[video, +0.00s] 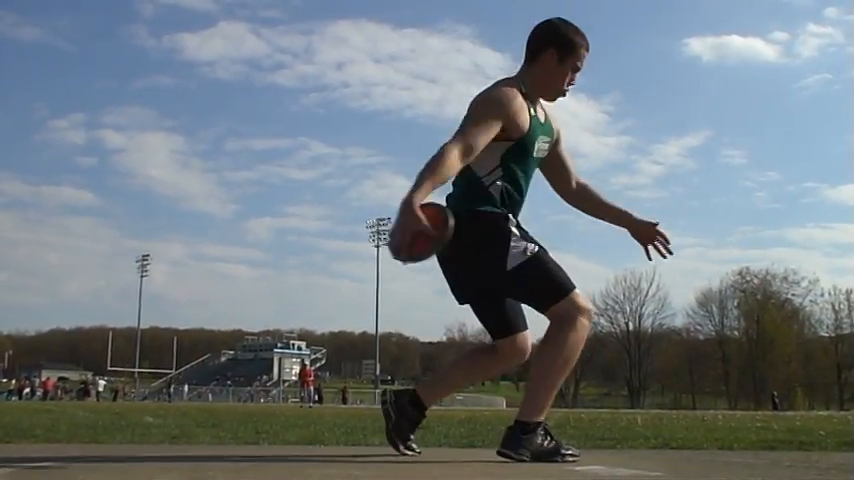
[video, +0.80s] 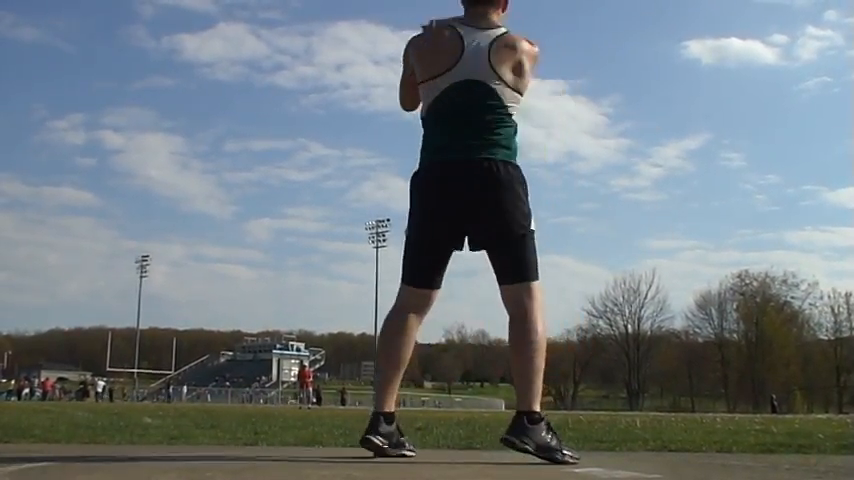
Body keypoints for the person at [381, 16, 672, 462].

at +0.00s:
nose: (573, 81)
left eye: (578, 72)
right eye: (571, 69)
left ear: (555, 63)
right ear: (546, 57)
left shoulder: (546, 122)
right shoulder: (504, 99)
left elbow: (571, 188)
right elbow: (459, 150)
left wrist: (630, 222)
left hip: (465, 236)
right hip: (486, 228)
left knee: (514, 347)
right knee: (576, 314)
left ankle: (412, 404)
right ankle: (527, 432)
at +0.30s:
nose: (581, 96)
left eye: (584, 87)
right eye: (582, 83)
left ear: (555, 77)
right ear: (558, 75)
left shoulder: (536, 129)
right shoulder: (515, 114)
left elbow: (519, 201)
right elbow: (450, 160)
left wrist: (557, 249)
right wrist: (384, 199)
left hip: (463, 250)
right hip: (495, 246)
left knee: (504, 360)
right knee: (585, 329)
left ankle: (401, 406)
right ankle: (526, 432)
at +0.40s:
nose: (569, 76)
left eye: (571, 67)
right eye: (570, 66)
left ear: (526, 61)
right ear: (557, 64)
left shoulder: (494, 104)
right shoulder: (530, 108)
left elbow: (477, 172)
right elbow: (503, 164)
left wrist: (514, 221)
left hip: (452, 235)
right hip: (494, 232)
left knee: (484, 350)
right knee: (572, 331)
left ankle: (390, 409)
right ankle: (526, 432)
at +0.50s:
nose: (550, 49)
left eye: (548, 42)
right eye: (550, 42)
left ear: (504, 37)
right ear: (542, 42)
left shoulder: (463, 79)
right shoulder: (537, 89)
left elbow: (437, 147)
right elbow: (581, 149)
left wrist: (490, 155)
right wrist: (636, 198)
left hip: (442, 213)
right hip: (494, 211)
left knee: (460, 327)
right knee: (551, 323)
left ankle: (380, 412)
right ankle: (525, 431)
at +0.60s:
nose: (532, 15)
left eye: (528, 11)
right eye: (532, 10)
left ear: (484, 10)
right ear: (528, 11)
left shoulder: (444, 51)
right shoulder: (533, 60)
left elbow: (420, 120)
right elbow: (596, 109)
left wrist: (471, 132)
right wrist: (643, 134)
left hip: (434, 192)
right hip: (492, 190)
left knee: (434, 306)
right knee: (533, 309)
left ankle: (379, 411)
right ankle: (527, 426)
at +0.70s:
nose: (515, 10)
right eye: (516, 7)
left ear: (471, 2)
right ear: (513, 5)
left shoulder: (429, 41)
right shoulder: (530, 47)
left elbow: (414, 106)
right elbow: (559, 81)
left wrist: (455, 81)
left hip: (433, 180)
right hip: (493, 179)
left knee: (416, 301)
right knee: (525, 305)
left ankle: (383, 412)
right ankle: (530, 419)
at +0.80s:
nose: (508, 10)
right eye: (510, 7)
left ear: (460, 4)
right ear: (505, 5)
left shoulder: (421, 44)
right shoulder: (523, 47)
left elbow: (409, 100)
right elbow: (509, 90)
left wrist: (427, 44)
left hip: (435, 183)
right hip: (498, 182)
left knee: (412, 303)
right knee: (525, 307)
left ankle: (382, 420)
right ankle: (529, 421)